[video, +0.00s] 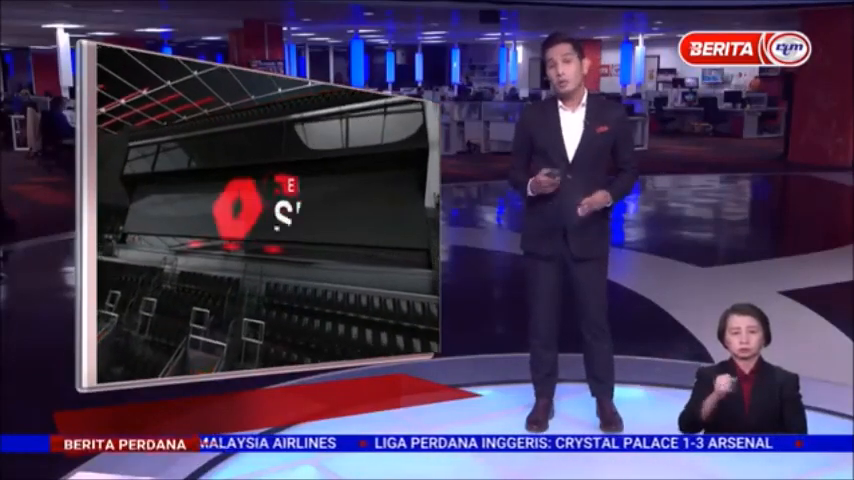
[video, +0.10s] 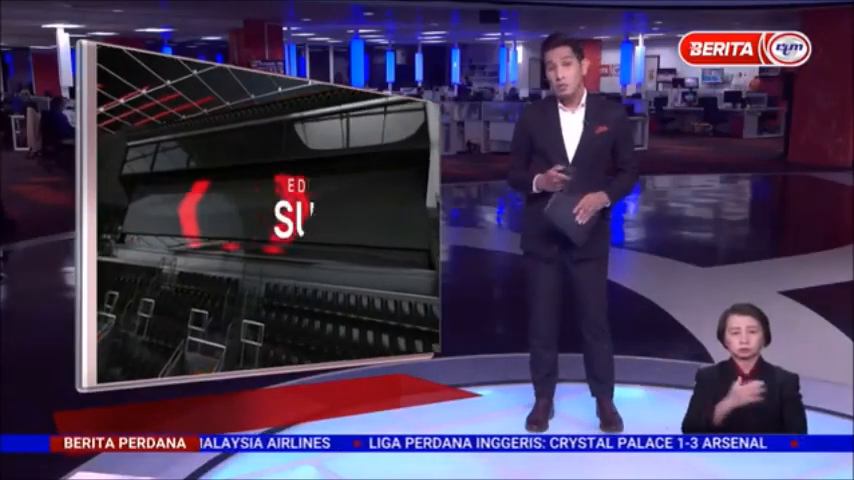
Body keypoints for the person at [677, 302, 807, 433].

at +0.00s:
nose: (744, 339)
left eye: (752, 331)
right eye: (735, 333)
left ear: (765, 338)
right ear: (724, 340)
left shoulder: (785, 381)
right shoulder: (709, 377)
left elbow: (797, 437)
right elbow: (687, 426)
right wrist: (715, 396)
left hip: (770, 466)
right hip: (718, 464)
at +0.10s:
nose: (744, 339)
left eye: (752, 331)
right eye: (735, 333)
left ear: (764, 338)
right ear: (724, 340)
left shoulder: (785, 381)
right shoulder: (709, 378)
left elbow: (797, 437)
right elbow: (690, 430)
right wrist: (730, 403)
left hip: (770, 465)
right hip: (717, 463)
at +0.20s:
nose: (744, 339)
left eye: (752, 332)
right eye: (735, 333)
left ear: (764, 338)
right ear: (724, 340)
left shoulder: (786, 381)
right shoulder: (709, 378)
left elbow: (797, 439)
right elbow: (693, 432)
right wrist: (736, 406)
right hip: (717, 464)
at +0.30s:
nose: (745, 340)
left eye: (753, 332)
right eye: (736, 333)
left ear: (765, 337)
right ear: (725, 341)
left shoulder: (786, 381)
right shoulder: (709, 378)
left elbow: (797, 439)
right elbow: (694, 430)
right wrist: (739, 408)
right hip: (718, 464)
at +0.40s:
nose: (746, 339)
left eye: (754, 331)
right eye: (737, 333)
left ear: (766, 337)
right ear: (726, 340)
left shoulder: (786, 381)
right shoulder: (709, 378)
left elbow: (797, 439)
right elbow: (694, 430)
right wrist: (739, 408)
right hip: (718, 464)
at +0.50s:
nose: (746, 338)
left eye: (754, 331)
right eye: (738, 332)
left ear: (766, 337)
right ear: (726, 340)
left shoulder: (787, 381)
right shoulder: (709, 378)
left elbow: (797, 438)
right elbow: (693, 431)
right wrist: (739, 407)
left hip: (771, 465)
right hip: (718, 464)